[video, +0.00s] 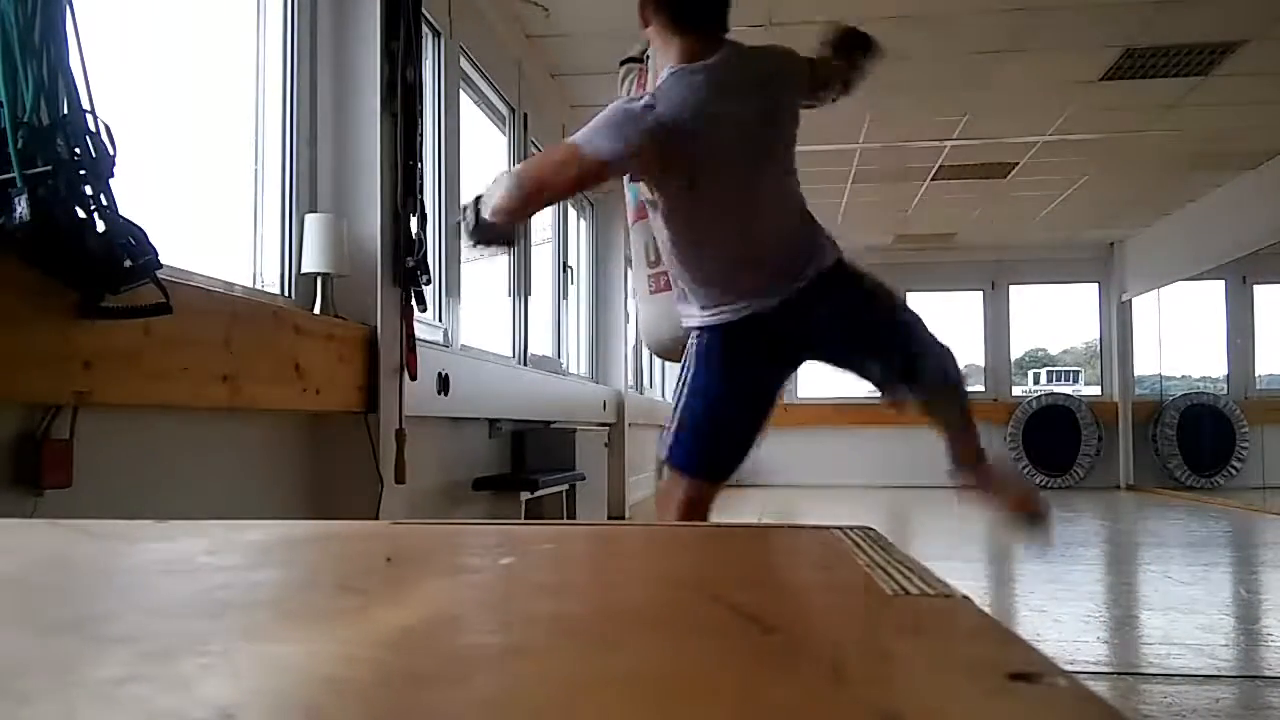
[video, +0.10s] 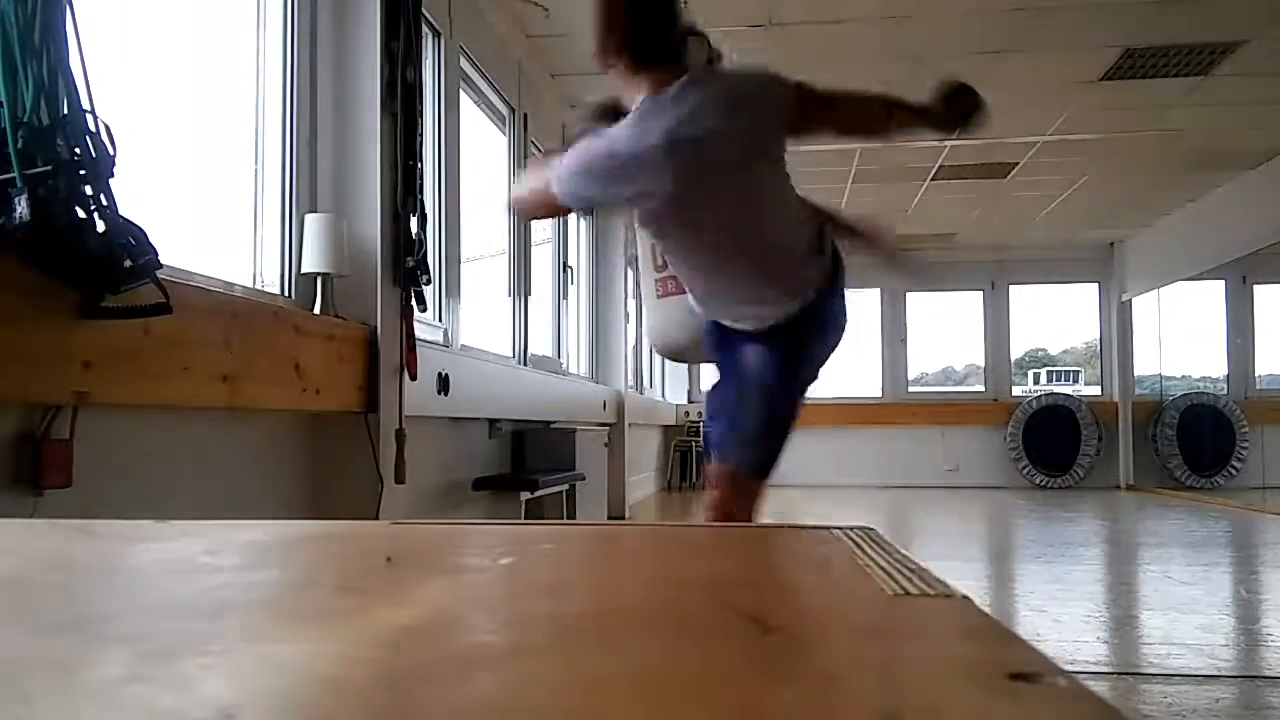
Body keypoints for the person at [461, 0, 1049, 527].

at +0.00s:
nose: (639, 22)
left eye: (640, 15)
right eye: (645, 16)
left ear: (650, 16)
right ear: (718, 15)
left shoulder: (646, 118)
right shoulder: (768, 67)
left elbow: (535, 184)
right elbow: (828, 81)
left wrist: (493, 216)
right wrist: (851, 51)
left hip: (733, 328)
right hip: (822, 286)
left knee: (684, 500)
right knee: (931, 366)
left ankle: (665, 641)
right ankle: (972, 467)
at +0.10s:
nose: (598, 47)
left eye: (602, 35)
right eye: (601, 32)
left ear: (615, 46)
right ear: (675, 31)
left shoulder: (636, 147)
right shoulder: (743, 93)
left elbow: (528, 203)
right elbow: (841, 115)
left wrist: (574, 149)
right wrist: (930, 117)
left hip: (779, 327)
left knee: (727, 497)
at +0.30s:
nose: (560, 105)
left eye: (559, 93)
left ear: (569, 105)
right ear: (647, 68)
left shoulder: (602, 226)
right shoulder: (723, 107)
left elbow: (587, 301)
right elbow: (830, 131)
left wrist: (584, 194)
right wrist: (895, 150)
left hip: (787, 355)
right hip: (838, 266)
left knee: (746, 516)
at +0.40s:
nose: (584, 73)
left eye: (584, 58)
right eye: (585, 57)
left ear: (594, 67)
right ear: (662, 42)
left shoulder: (628, 186)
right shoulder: (743, 83)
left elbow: (610, 309)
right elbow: (847, 118)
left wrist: (597, 223)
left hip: (785, 344)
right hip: (842, 268)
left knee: (738, 516)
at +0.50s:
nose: (633, 35)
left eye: (635, 20)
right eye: (635, 21)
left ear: (651, 19)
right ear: (708, 12)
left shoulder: (666, 133)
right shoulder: (773, 52)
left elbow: (645, 282)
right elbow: (835, 117)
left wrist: (612, 187)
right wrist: (755, 138)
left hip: (777, 332)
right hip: (853, 277)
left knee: (722, 510)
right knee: (850, 355)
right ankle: (915, 493)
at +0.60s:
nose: (689, 14)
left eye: (694, 3)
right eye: (693, 4)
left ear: (712, 7)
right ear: (769, 1)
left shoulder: (732, 90)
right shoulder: (824, 50)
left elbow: (707, 239)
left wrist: (643, 181)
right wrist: (710, 88)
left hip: (783, 325)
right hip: (864, 296)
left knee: (710, 506)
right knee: (888, 435)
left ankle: (709, 670)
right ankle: (965, 575)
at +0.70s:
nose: (752, 9)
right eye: (756, 0)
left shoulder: (807, 58)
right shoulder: (875, 54)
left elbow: (811, 198)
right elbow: (851, 167)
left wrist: (706, 206)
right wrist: (761, 114)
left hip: (809, 322)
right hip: (886, 312)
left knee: (723, 511)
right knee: (927, 491)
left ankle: (716, 692)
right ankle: (1049, 644)